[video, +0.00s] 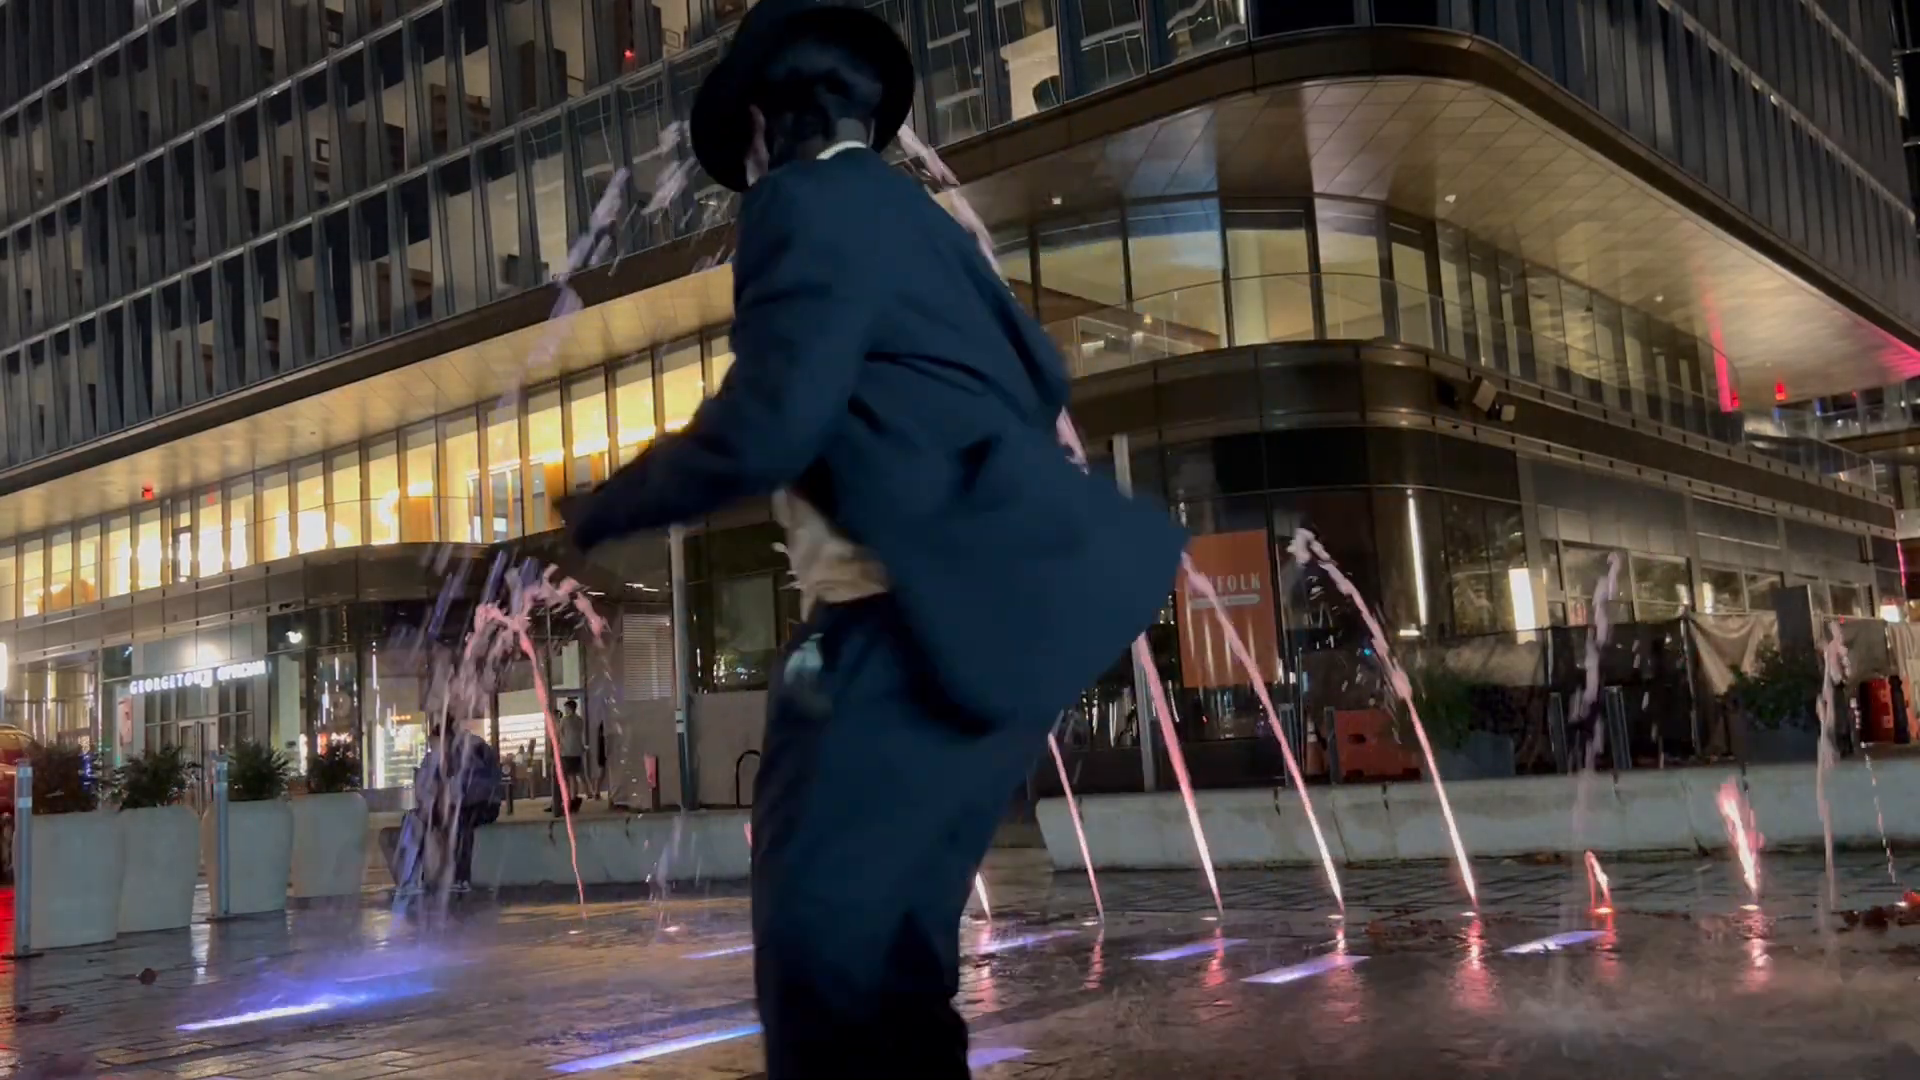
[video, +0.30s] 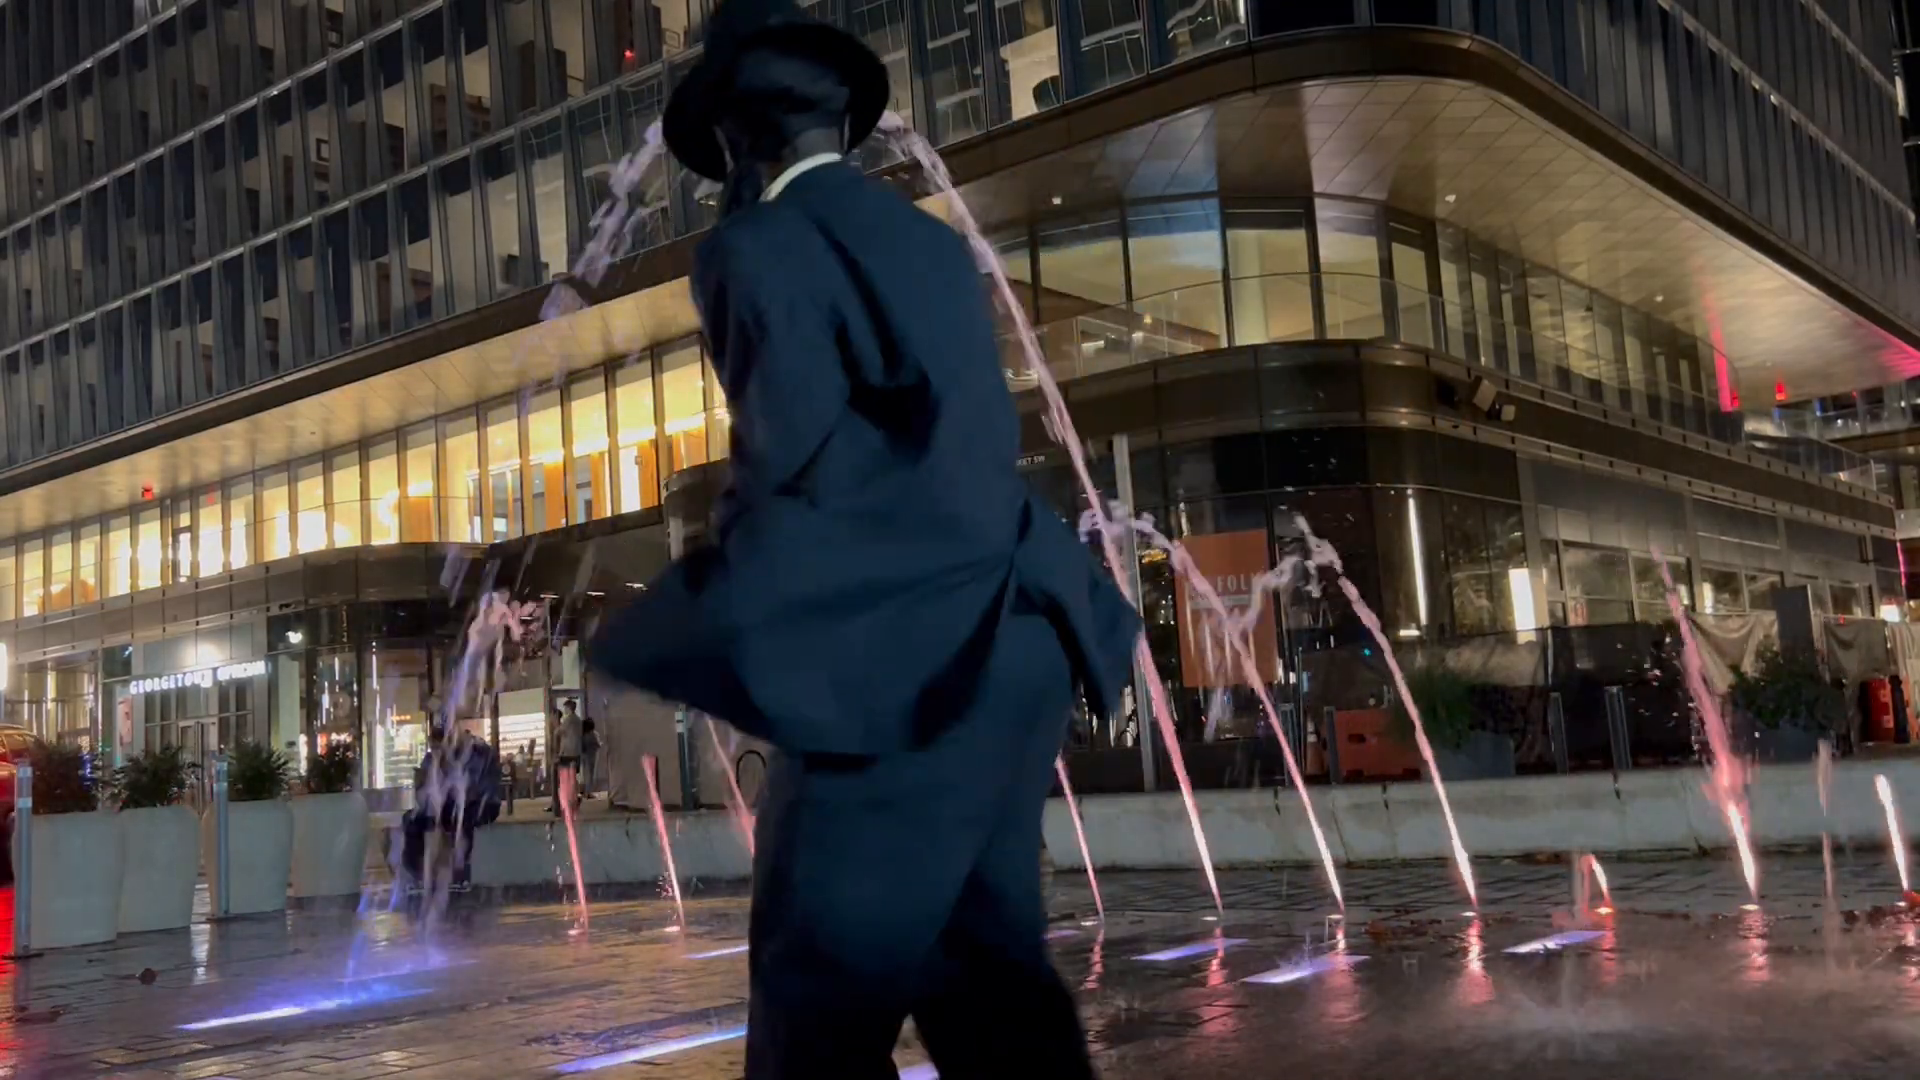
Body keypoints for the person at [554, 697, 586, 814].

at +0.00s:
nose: (566, 710)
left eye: (567, 708)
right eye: (566, 708)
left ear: (568, 709)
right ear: (575, 709)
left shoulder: (564, 721)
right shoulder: (580, 720)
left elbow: (559, 734)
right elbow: (581, 733)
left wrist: (558, 746)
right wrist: (582, 745)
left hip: (566, 752)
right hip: (577, 751)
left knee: (569, 777)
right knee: (576, 776)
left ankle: (571, 797)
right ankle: (575, 797)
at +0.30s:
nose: (565, 710)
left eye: (566, 708)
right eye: (565, 708)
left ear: (568, 708)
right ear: (574, 708)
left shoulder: (567, 719)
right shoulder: (578, 720)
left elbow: (560, 730)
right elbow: (577, 735)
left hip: (566, 753)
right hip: (576, 752)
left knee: (560, 779)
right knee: (573, 777)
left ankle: (555, 804)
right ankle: (575, 798)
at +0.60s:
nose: (564, 709)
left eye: (565, 707)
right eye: (565, 707)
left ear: (568, 708)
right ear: (574, 708)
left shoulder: (569, 719)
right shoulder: (577, 719)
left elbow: (560, 731)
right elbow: (577, 737)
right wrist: (578, 752)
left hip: (567, 753)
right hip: (574, 753)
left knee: (567, 779)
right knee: (572, 778)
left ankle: (570, 800)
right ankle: (573, 798)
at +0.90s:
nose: (564, 710)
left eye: (565, 707)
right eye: (564, 708)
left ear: (568, 708)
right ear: (573, 708)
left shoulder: (570, 719)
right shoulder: (575, 719)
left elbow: (561, 732)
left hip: (567, 752)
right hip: (573, 752)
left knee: (567, 778)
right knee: (572, 777)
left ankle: (570, 802)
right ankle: (572, 801)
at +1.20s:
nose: (563, 711)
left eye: (564, 708)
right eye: (563, 709)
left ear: (567, 708)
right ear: (572, 708)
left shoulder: (569, 719)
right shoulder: (575, 719)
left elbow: (561, 731)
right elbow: (569, 734)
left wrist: (553, 736)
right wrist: (558, 736)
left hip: (566, 753)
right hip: (573, 752)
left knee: (566, 777)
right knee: (571, 777)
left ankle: (569, 801)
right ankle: (572, 800)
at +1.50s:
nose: (561, 711)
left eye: (562, 709)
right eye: (561, 709)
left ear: (564, 708)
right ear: (570, 708)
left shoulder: (566, 720)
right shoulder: (573, 720)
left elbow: (558, 731)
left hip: (565, 753)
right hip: (570, 752)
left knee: (565, 779)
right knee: (570, 778)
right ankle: (572, 801)